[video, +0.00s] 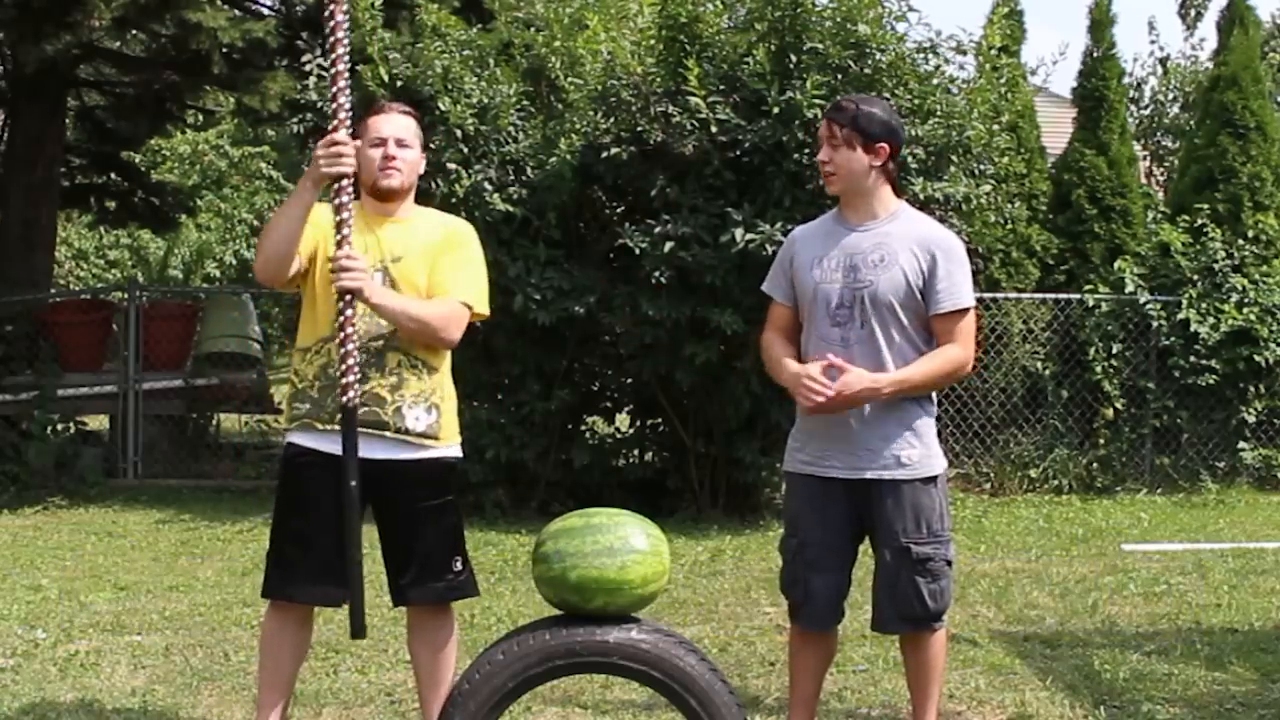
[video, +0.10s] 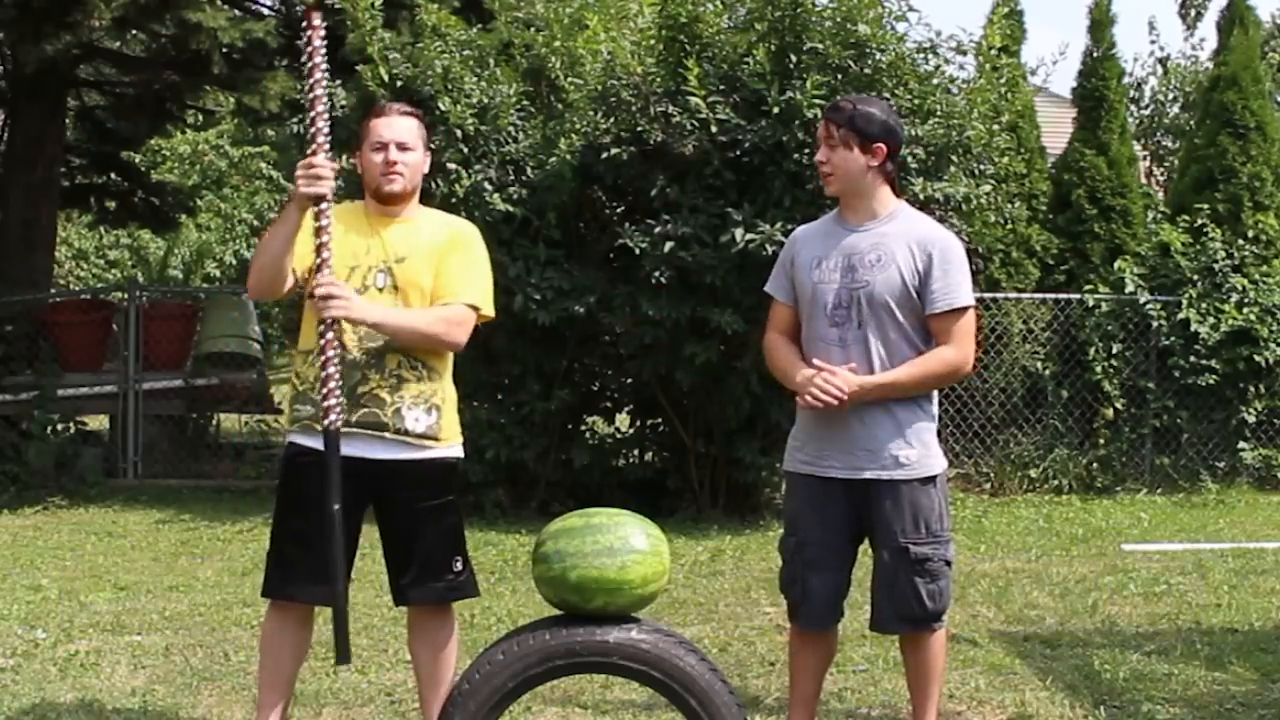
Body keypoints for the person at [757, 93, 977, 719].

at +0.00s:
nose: (823, 158)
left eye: (837, 147)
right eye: (821, 146)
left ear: (880, 155)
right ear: (824, 153)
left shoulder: (935, 244)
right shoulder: (802, 243)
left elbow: (960, 352)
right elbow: (775, 335)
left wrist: (878, 384)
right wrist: (789, 371)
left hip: (905, 464)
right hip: (815, 462)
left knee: (923, 611)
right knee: (809, 610)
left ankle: (924, 716)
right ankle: (799, 716)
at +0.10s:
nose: (821, 159)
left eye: (834, 147)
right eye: (820, 147)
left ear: (878, 155)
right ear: (826, 154)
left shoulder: (933, 243)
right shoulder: (804, 243)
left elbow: (959, 355)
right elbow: (776, 337)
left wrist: (859, 385)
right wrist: (802, 376)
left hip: (905, 465)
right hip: (815, 463)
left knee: (922, 612)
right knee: (809, 611)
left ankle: (924, 716)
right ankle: (800, 716)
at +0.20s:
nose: (818, 159)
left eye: (832, 148)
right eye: (818, 147)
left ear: (876, 155)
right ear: (830, 154)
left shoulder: (932, 243)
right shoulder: (804, 243)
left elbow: (962, 353)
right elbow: (772, 336)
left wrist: (862, 387)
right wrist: (800, 378)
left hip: (904, 465)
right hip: (815, 463)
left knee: (922, 612)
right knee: (809, 611)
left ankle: (924, 716)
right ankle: (800, 716)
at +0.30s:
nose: (817, 160)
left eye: (830, 148)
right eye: (817, 147)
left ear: (874, 155)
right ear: (830, 154)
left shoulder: (932, 243)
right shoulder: (804, 243)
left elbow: (963, 352)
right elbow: (771, 336)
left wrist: (863, 387)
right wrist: (801, 380)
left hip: (904, 466)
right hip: (815, 463)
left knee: (922, 612)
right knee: (809, 611)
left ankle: (924, 716)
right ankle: (800, 716)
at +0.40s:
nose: (816, 159)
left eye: (829, 148)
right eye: (816, 147)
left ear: (873, 155)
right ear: (830, 154)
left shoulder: (932, 243)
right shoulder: (805, 243)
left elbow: (963, 353)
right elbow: (773, 337)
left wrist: (863, 388)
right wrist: (802, 380)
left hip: (904, 466)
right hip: (815, 463)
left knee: (921, 612)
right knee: (809, 611)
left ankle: (924, 716)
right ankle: (799, 716)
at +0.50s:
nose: (815, 160)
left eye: (827, 149)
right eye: (815, 148)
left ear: (872, 156)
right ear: (844, 155)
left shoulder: (933, 243)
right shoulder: (804, 243)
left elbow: (964, 353)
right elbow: (773, 337)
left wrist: (865, 387)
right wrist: (803, 379)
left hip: (904, 465)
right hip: (815, 463)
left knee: (921, 611)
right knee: (809, 611)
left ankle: (924, 716)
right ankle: (799, 716)